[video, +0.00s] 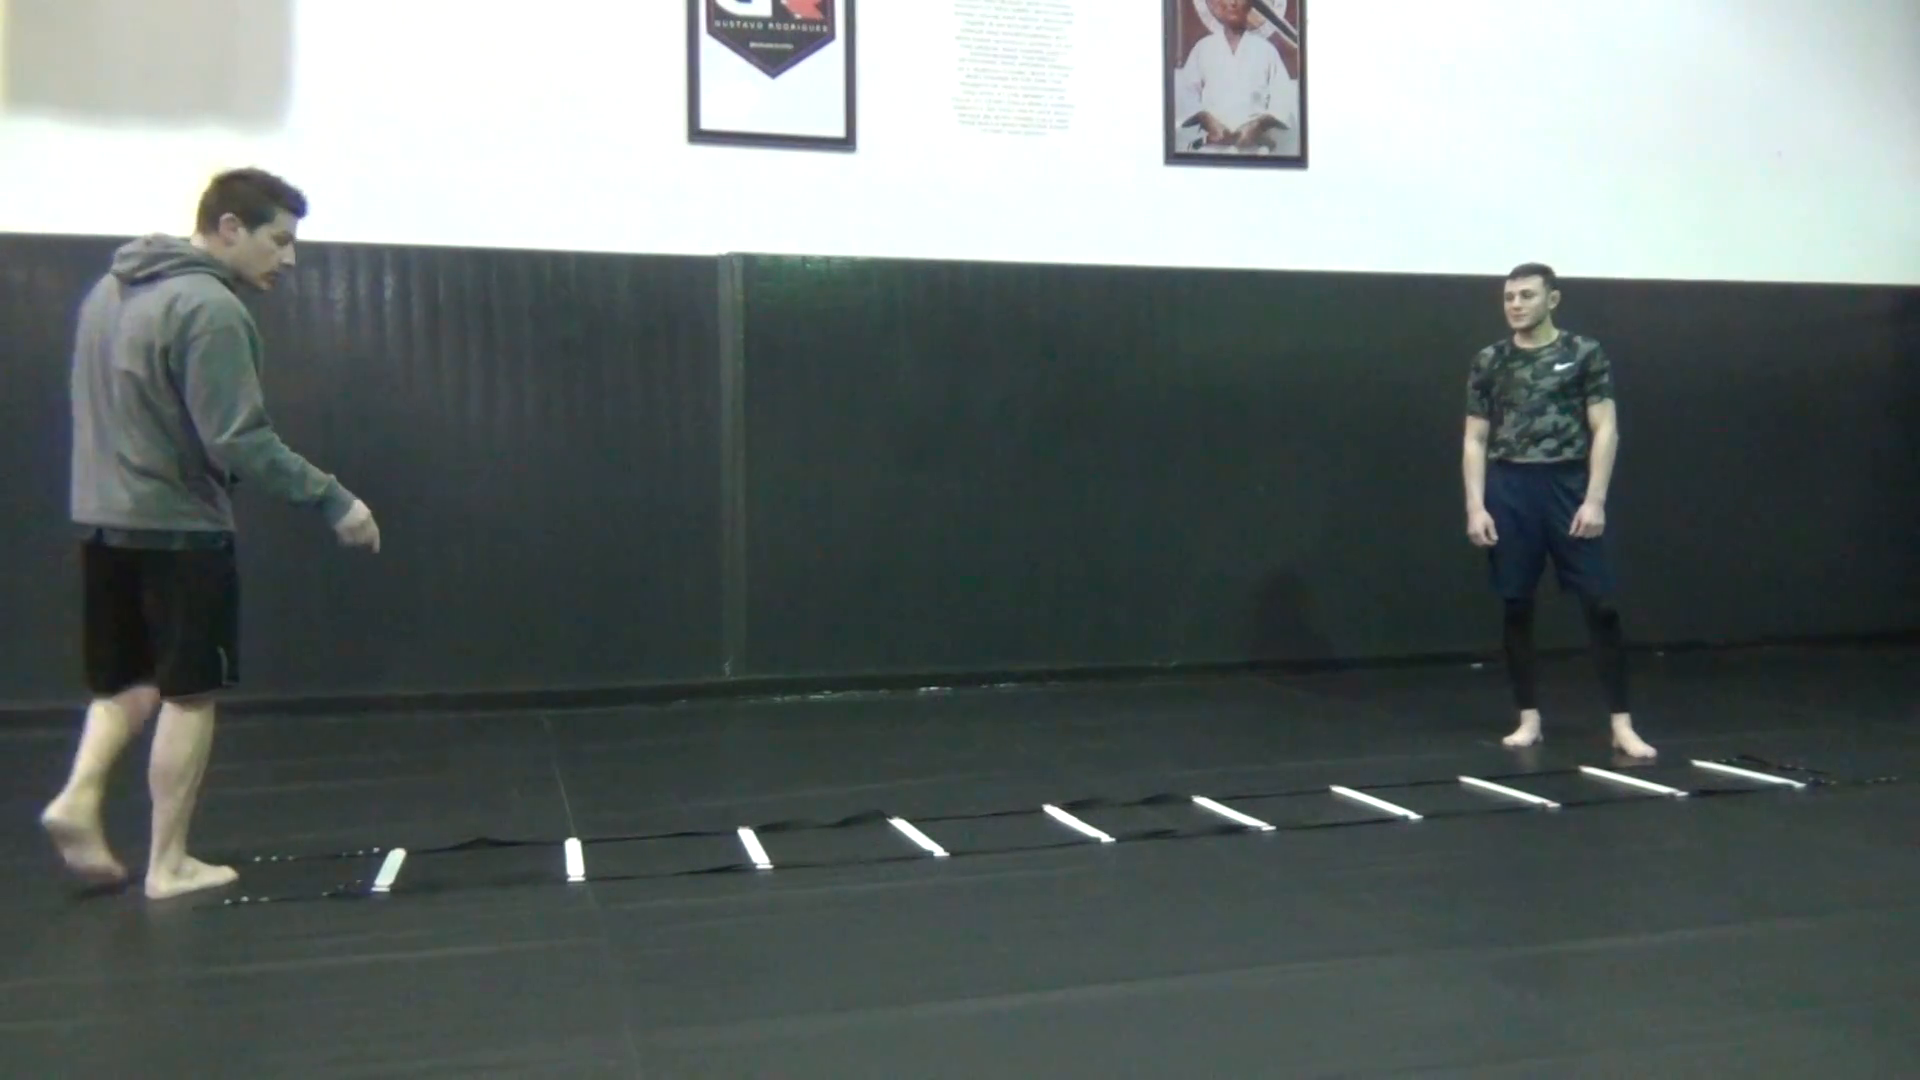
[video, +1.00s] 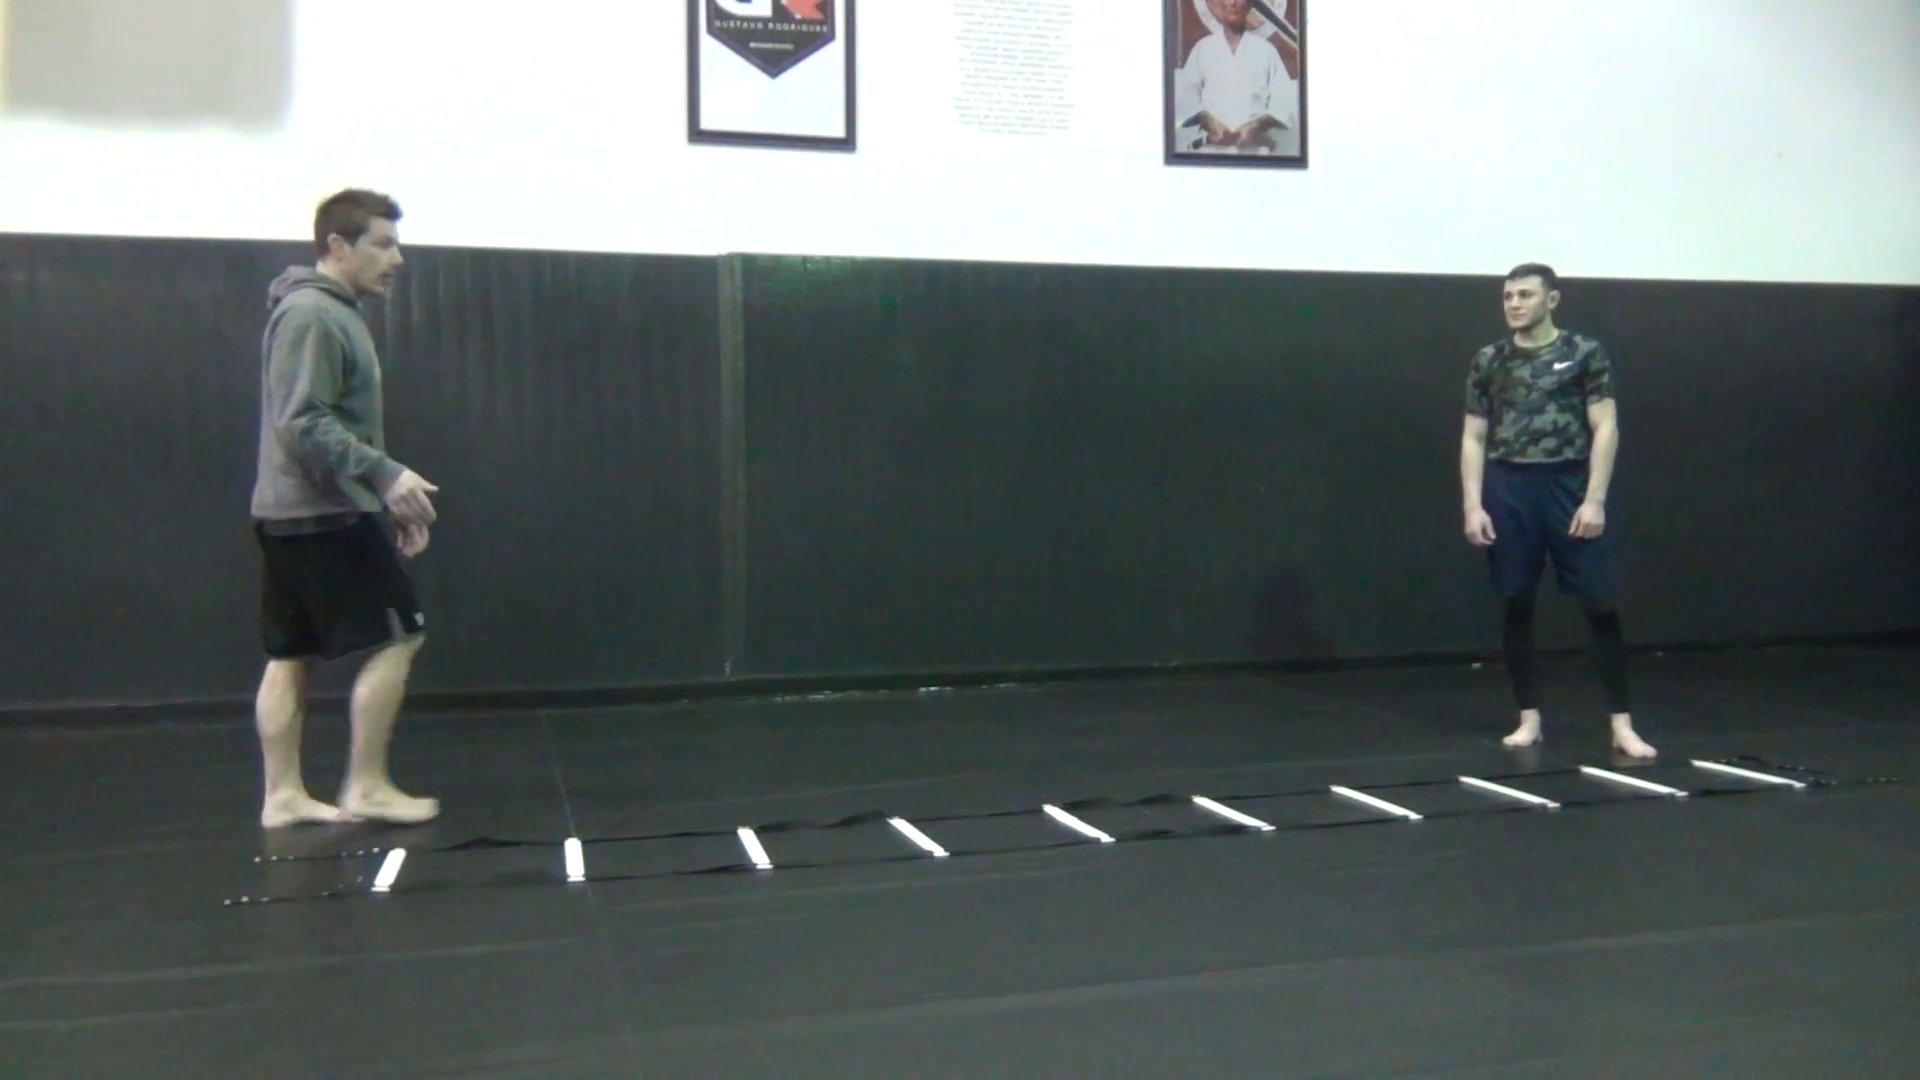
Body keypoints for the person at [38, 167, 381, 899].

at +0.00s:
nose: (287, 260)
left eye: (291, 244)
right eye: (279, 241)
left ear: (222, 231)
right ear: (227, 228)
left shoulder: (111, 288)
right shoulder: (210, 308)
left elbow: (106, 404)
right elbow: (238, 439)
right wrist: (335, 500)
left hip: (106, 521)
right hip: (180, 528)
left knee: (132, 681)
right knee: (192, 691)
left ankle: (77, 799)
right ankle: (168, 864)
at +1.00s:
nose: (396, 260)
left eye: (396, 247)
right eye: (384, 246)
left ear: (342, 249)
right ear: (337, 245)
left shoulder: (331, 312)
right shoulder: (312, 315)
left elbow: (339, 428)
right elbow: (303, 421)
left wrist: (389, 504)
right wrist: (385, 474)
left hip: (294, 513)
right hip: (324, 512)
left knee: (289, 655)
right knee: (398, 634)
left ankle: (282, 795)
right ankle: (367, 785)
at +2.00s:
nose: (587, 271)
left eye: (587, 259)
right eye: (575, 259)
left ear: (550, 264)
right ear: (530, 261)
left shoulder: (556, 327)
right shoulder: (502, 329)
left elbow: (571, 432)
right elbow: (519, 423)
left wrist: (597, 501)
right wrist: (598, 382)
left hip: (567, 510)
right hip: (524, 513)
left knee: (592, 632)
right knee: (510, 645)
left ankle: (628, 748)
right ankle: (475, 786)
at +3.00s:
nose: (835, 287)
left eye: (835, 276)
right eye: (827, 276)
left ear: (787, 278)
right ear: (791, 277)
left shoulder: (750, 334)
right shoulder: (770, 342)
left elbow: (755, 436)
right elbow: (765, 442)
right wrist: (771, 529)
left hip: (739, 508)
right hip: (775, 510)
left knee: (728, 633)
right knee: (807, 633)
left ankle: (675, 742)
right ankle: (827, 758)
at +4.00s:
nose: (1021, 288)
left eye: (1023, 278)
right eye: (1010, 277)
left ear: (993, 283)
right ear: (975, 280)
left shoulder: (987, 337)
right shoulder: (959, 340)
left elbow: (1006, 427)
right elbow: (949, 429)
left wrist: (1040, 487)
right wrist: (950, 510)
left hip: (977, 496)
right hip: (985, 497)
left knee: (949, 611)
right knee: (1033, 596)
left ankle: (936, 727)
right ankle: (998, 719)